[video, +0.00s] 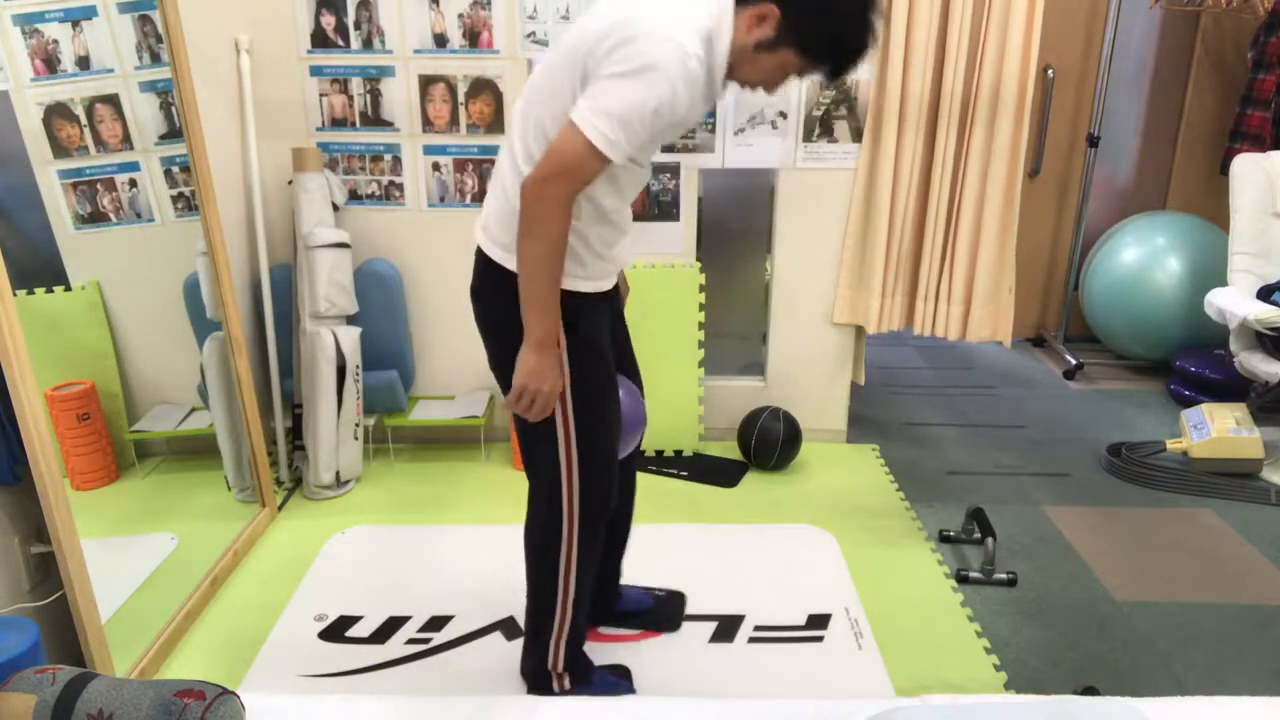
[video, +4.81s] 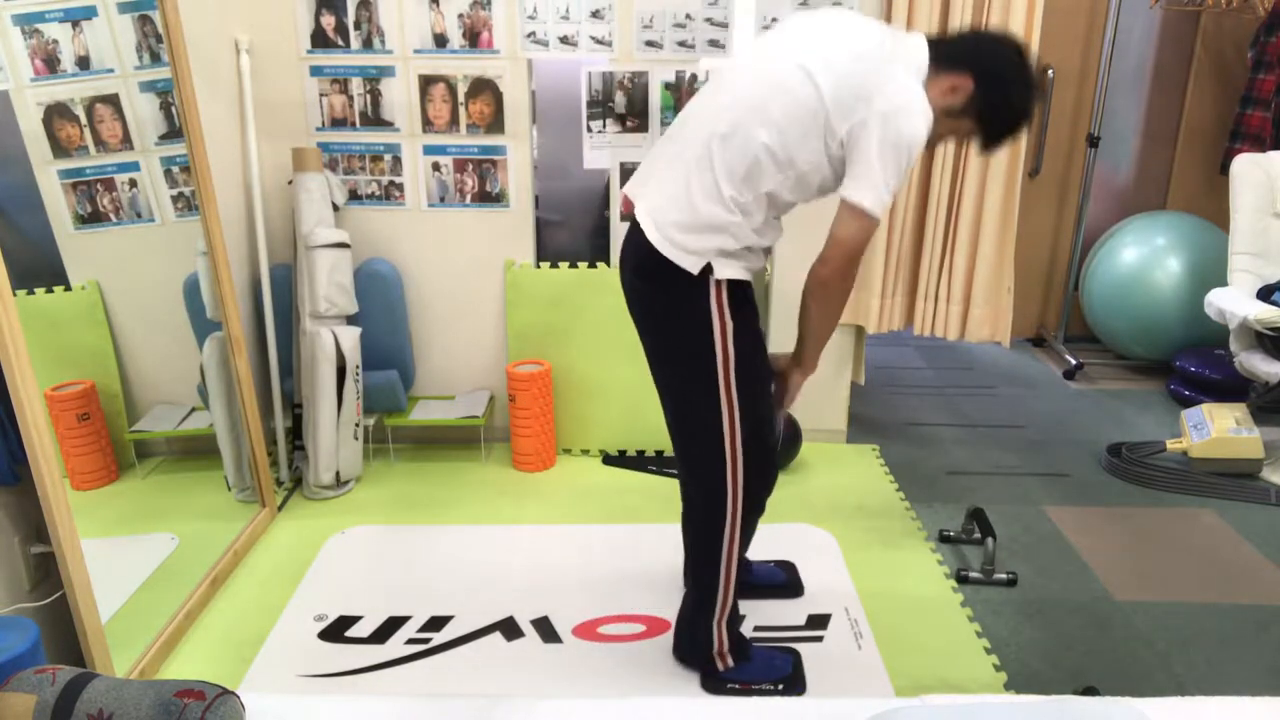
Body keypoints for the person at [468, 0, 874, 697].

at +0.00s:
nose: (778, 88)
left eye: (793, 78)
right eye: (788, 71)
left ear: (761, 17)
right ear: (762, 21)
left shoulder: (700, 44)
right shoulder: (666, 63)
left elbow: (603, 171)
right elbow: (545, 187)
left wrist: (611, 261)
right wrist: (541, 339)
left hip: (586, 276)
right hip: (539, 282)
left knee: (618, 435)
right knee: (576, 471)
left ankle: (594, 595)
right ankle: (554, 669)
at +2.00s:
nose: (726, 35)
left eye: (740, 27)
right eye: (742, 19)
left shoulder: (621, 13)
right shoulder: (657, 7)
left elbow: (577, 122)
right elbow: (595, 115)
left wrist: (601, 254)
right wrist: (615, 262)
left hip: (559, 239)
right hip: (551, 241)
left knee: (590, 423)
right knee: (566, 442)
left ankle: (580, 586)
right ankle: (523, 653)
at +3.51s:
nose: (834, 9)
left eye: (840, 4)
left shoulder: (741, 13)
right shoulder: (731, 18)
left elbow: (687, 146)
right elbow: (667, 161)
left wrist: (706, 243)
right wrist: (693, 307)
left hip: (660, 258)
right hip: (638, 264)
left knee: (676, 436)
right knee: (652, 453)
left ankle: (656, 572)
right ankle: (623, 644)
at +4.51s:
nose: (917, 36)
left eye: (932, 26)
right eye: (933, 20)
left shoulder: (796, 6)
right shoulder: (845, 16)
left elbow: (745, 132)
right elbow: (787, 156)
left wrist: (767, 249)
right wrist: (809, 289)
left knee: (692, 427)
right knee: (733, 455)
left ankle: (656, 568)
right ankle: (713, 647)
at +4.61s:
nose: (939, 61)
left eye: (953, 52)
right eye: (951, 46)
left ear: (922, 0)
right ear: (933, 6)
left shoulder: (825, 9)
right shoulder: (871, 33)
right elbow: (815, 187)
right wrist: (819, 314)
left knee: (699, 425)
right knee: (736, 455)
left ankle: (666, 562)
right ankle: (714, 647)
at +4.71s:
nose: (948, 102)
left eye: (962, 96)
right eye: (962, 87)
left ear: (943, 30)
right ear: (951, 43)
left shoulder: (862, 22)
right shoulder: (892, 70)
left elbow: (717, 88)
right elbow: (837, 231)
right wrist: (816, 339)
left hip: (675, 230)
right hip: (698, 251)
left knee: (713, 430)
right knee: (738, 452)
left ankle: (698, 565)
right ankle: (711, 648)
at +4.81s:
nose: (941, 143)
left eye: (956, 140)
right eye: (956, 132)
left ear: (949, 72)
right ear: (956, 88)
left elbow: (726, 100)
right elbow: (834, 266)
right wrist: (803, 363)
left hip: (680, 227)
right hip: (689, 249)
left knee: (747, 424)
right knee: (735, 452)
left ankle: (721, 564)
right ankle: (710, 645)